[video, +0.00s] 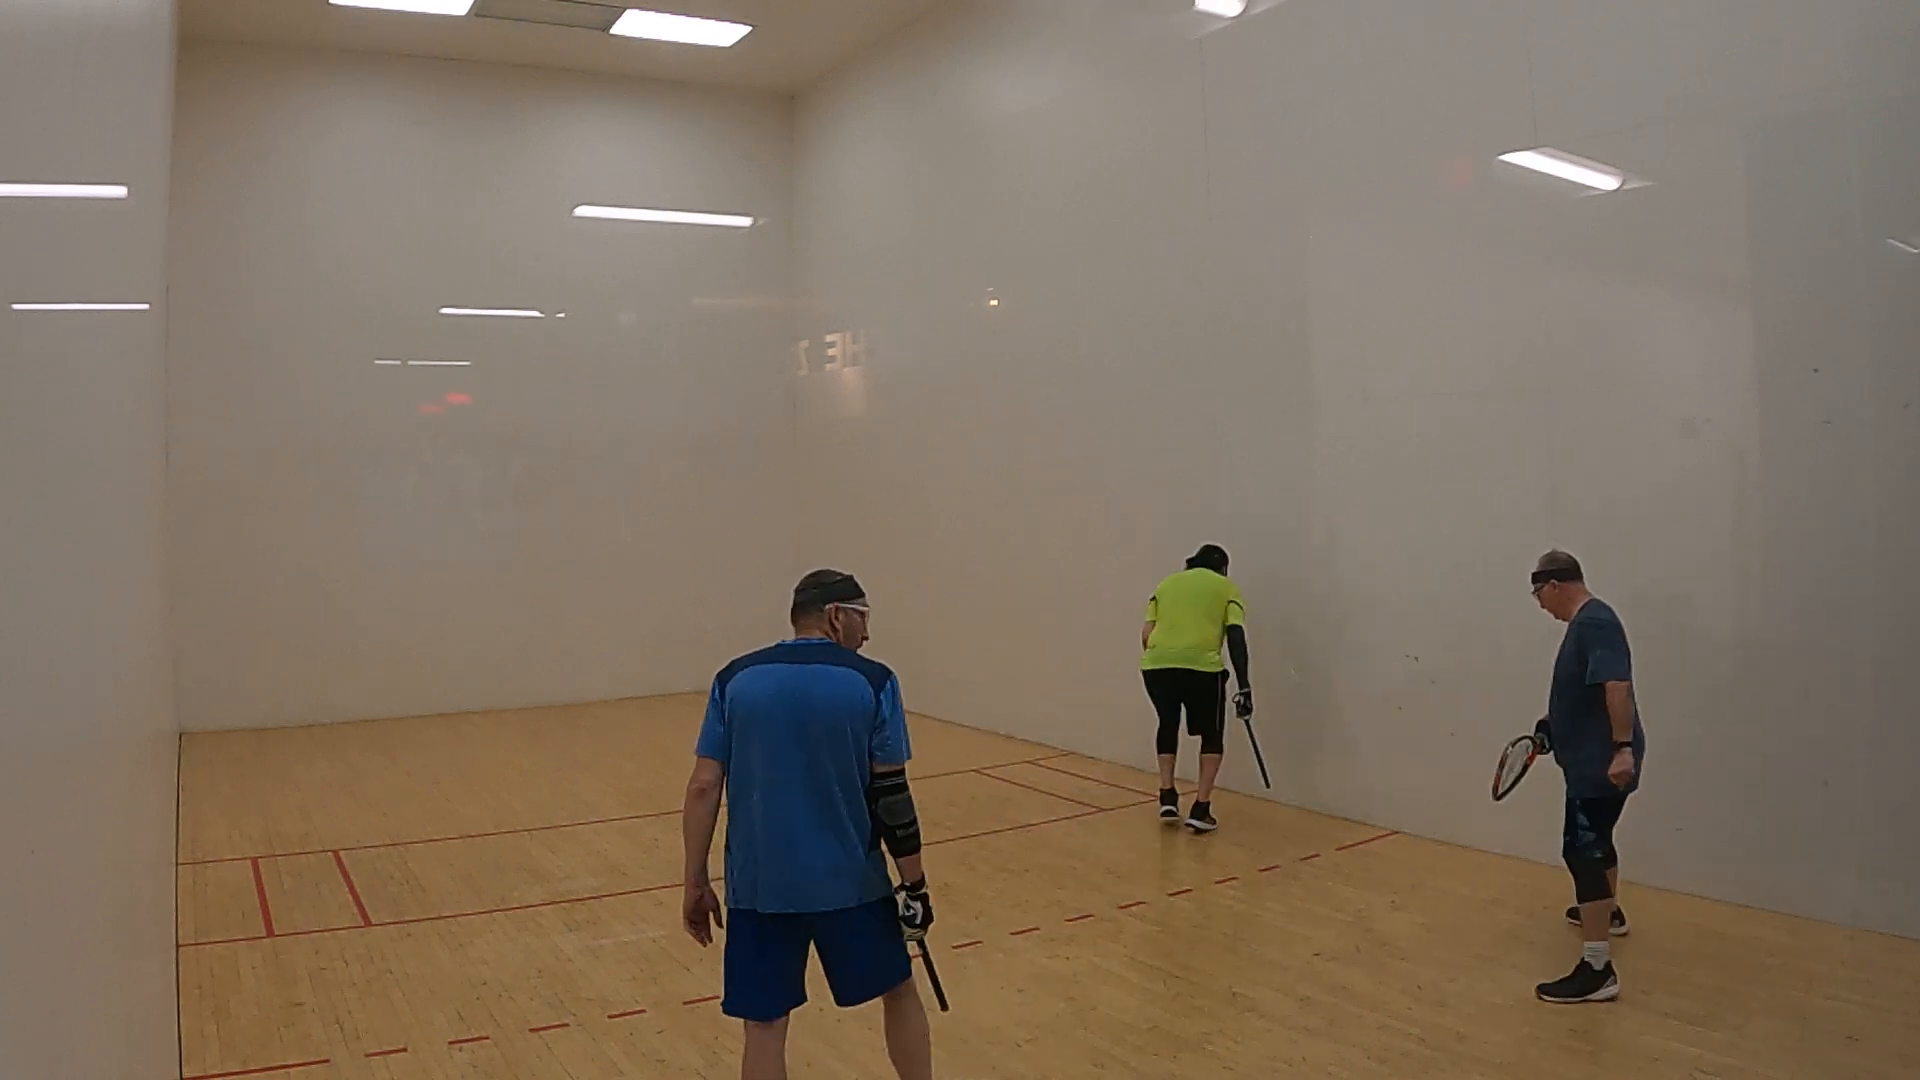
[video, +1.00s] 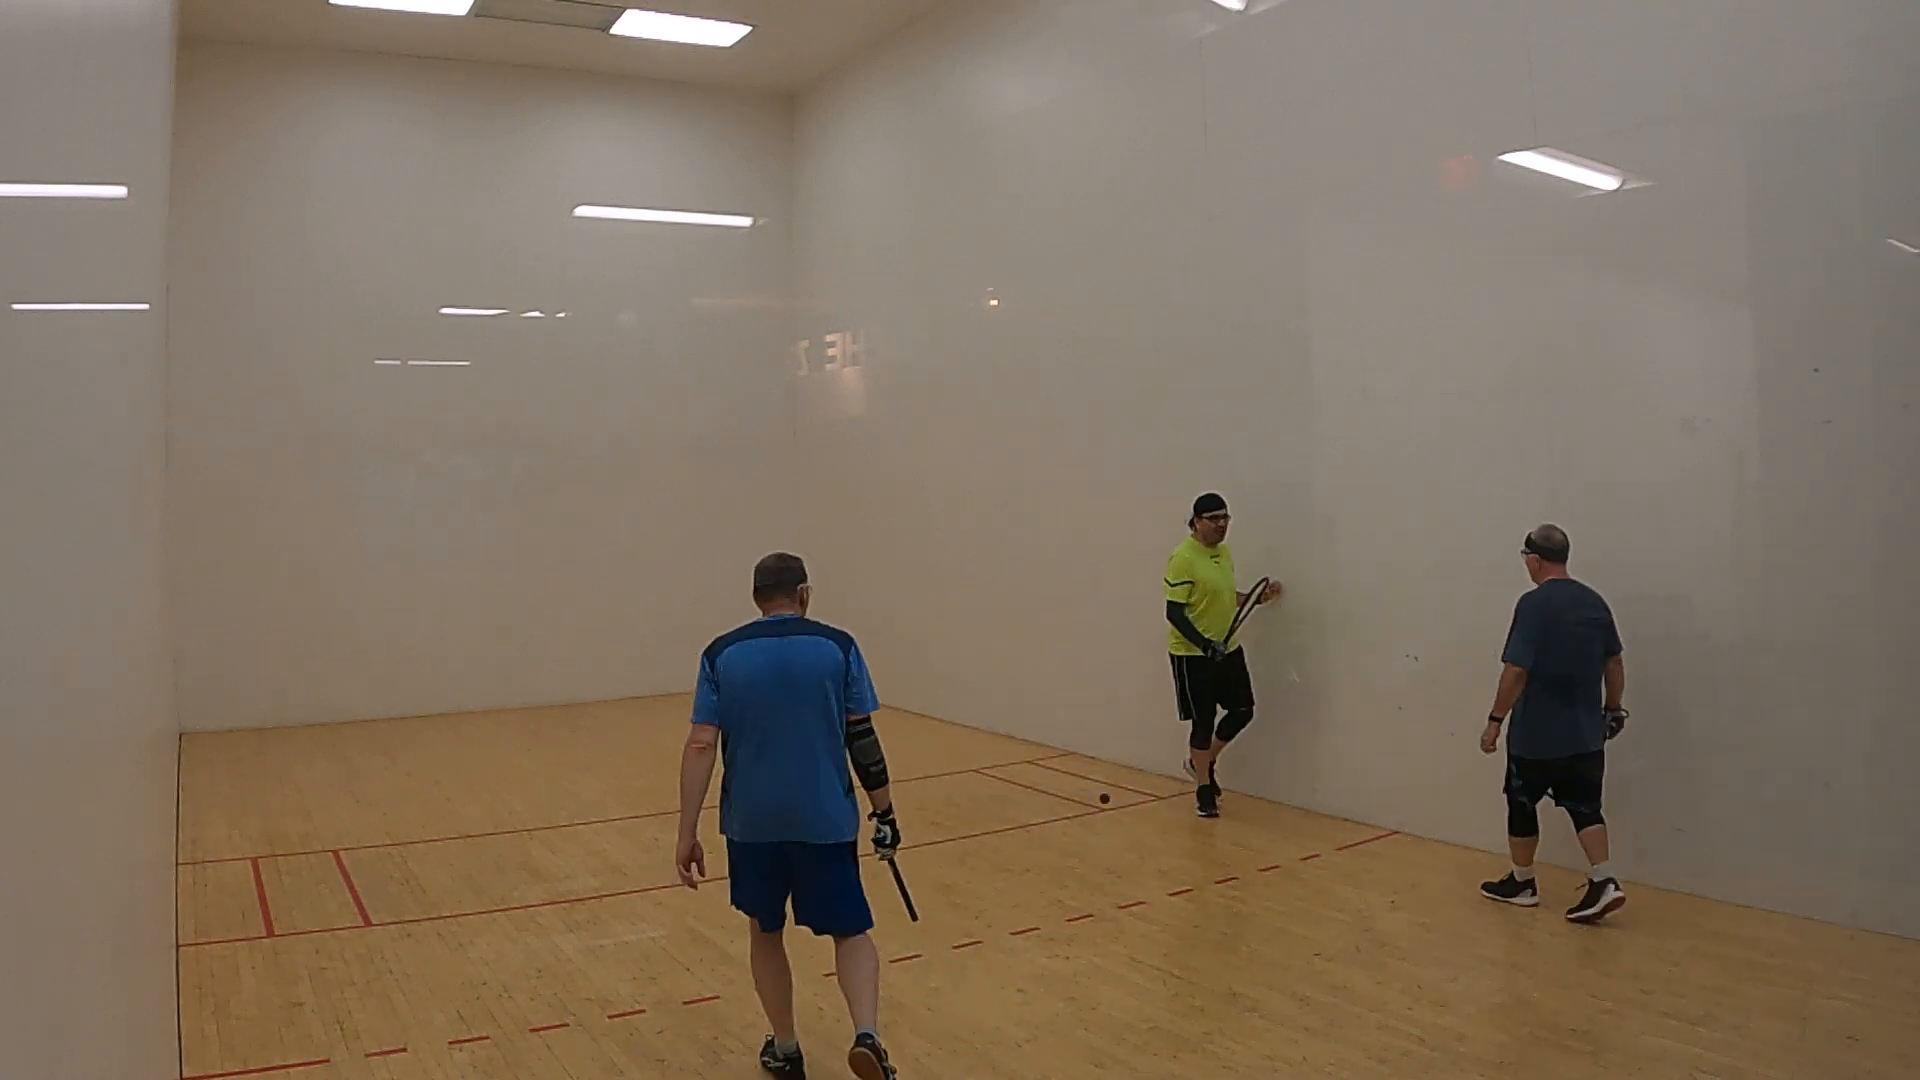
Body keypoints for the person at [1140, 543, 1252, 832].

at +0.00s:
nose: (1227, 575)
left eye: (1226, 571)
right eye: (1227, 571)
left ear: (1193, 563)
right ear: (1221, 567)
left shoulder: (1166, 584)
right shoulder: (1227, 587)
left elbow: (1147, 632)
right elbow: (1235, 635)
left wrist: (1157, 666)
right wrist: (1245, 688)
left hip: (1157, 669)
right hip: (1202, 672)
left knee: (1167, 723)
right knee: (1211, 736)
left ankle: (1167, 796)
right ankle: (1201, 808)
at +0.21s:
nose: (1222, 546)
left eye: (1223, 540)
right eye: (1221, 540)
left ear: (1190, 538)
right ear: (1211, 538)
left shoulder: (1166, 570)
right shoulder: (1215, 565)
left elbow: (1158, 622)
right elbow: (1219, 614)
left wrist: (1171, 652)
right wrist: (1232, 660)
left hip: (1166, 662)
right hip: (1203, 661)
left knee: (1181, 720)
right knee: (1227, 726)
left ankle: (1180, 784)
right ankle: (1201, 792)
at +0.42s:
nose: (1227, 526)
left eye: (1227, 520)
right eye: (1222, 519)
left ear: (1201, 523)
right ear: (1203, 522)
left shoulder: (1184, 551)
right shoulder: (1204, 555)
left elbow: (1198, 607)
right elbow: (1197, 608)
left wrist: (1232, 601)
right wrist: (1217, 650)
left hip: (1177, 648)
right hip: (1195, 651)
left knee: (1196, 711)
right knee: (1222, 718)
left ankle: (1182, 783)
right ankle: (1183, 785)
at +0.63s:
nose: (1229, 522)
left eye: (1231, 516)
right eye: (1222, 516)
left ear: (1229, 519)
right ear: (1203, 519)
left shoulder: (1215, 552)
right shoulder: (1193, 553)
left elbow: (1224, 595)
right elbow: (1181, 605)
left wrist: (1257, 594)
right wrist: (1212, 639)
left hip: (1202, 646)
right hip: (1187, 646)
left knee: (1196, 713)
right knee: (1212, 714)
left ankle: (1175, 778)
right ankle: (1195, 787)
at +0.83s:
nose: (1225, 522)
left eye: (1228, 516)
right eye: (1218, 516)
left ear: (1229, 519)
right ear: (1200, 520)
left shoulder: (1220, 551)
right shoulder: (1188, 556)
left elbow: (1219, 594)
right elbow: (1176, 608)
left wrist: (1252, 596)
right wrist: (1207, 641)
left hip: (1217, 646)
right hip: (1191, 649)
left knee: (1213, 712)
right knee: (1206, 715)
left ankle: (1178, 771)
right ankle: (1204, 788)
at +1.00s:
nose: (1222, 525)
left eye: (1225, 518)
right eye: (1214, 519)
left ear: (1228, 520)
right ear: (1195, 523)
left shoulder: (1222, 552)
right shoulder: (1183, 560)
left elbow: (1224, 596)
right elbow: (1174, 612)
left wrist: (1256, 598)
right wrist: (1205, 643)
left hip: (1227, 649)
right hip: (1193, 654)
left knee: (1241, 712)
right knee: (1203, 720)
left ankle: (1202, 761)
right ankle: (1205, 789)